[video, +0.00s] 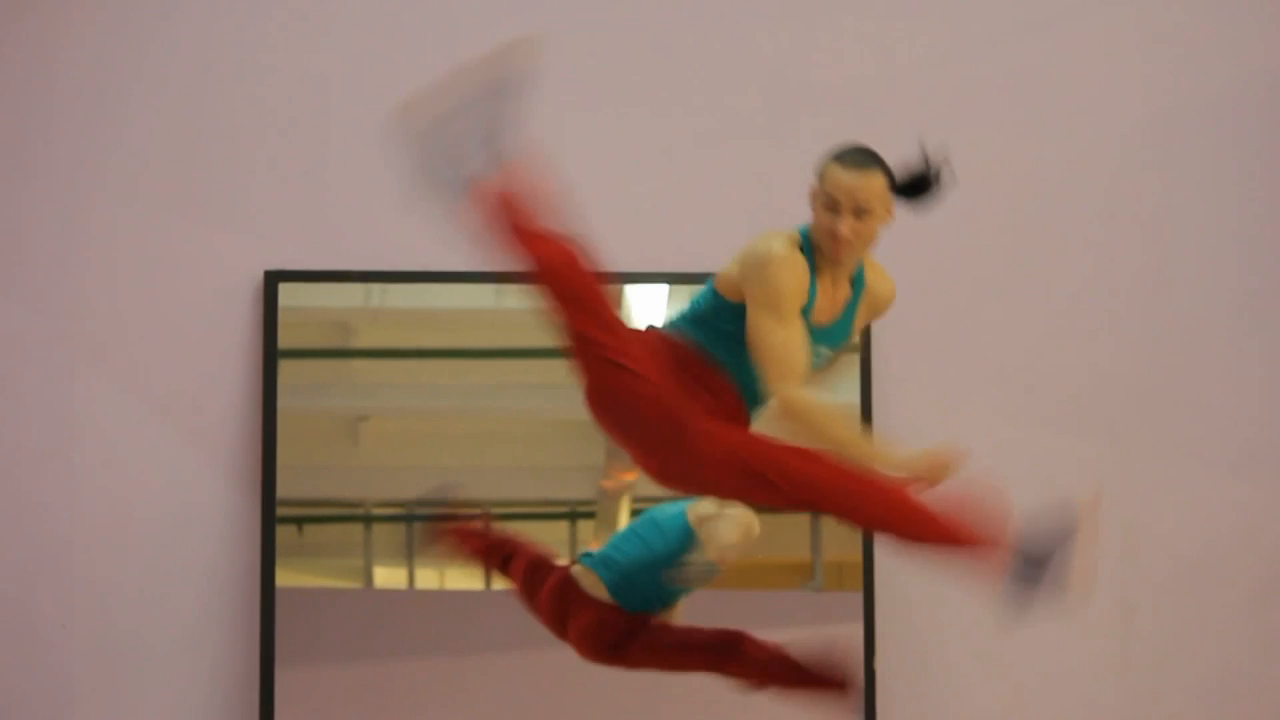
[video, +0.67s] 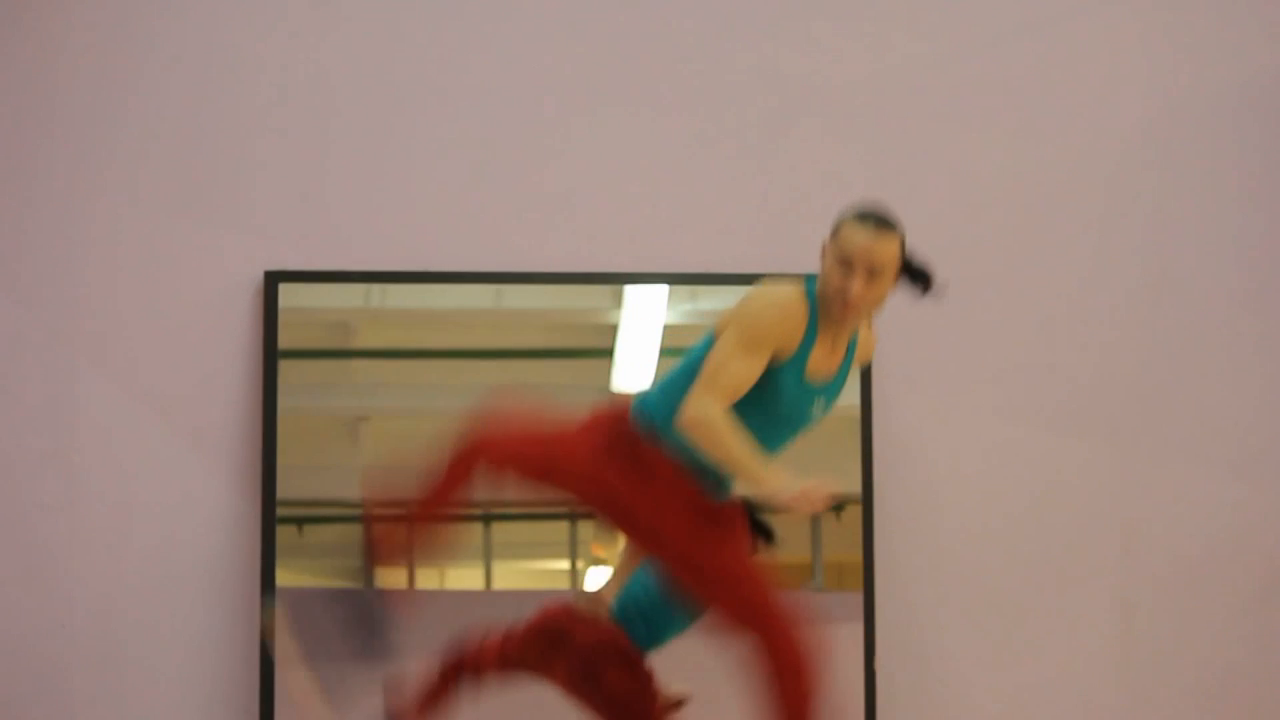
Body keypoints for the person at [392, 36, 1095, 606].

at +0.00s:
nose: (842, 226)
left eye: (861, 215)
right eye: (832, 208)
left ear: (885, 222)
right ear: (811, 201)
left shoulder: (873, 293)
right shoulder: (774, 265)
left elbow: (810, 372)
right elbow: (786, 398)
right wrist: (884, 463)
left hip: (717, 439)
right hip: (652, 382)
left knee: (829, 479)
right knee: (580, 291)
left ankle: (1004, 552)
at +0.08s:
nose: (851, 242)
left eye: (870, 231)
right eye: (840, 223)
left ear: (893, 236)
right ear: (819, 215)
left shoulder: (875, 303)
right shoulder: (780, 272)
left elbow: (785, 389)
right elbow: (754, 407)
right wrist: (848, 476)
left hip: (706, 454)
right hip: (644, 403)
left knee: (845, 508)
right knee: (549, 304)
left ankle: (959, 657)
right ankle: (412, 273)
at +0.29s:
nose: (855, 245)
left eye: (872, 232)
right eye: (843, 226)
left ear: (895, 235)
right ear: (820, 219)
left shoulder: (874, 304)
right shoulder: (779, 274)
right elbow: (753, 405)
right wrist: (846, 477)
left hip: (705, 457)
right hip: (644, 408)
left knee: (848, 512)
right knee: (548, 300)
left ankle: (957, 659)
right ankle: (410, 278)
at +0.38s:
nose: (855, 262)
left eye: (873, 252)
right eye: (846, 243)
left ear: (894, 261)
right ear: (824, 235)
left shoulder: (869, 322)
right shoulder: (779, 288)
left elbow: (779, 391)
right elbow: (724, 406)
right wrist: (812, 481)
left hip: (699, 477)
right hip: (637, 425)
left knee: (828, 562)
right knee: (512, 357)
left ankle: (887, 707)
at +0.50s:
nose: (855, 263)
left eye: (874, 252)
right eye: (846, 243)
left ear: (895, 260)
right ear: (824, 235)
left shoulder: (869, 322)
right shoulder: (779, 288)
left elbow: (779, 391)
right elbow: (724, 406)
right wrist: (812, 481)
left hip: (699, 477)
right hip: (636, 424)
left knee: (828, 562)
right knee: (513, 356)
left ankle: (887, 707)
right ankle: (358, 432)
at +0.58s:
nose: (853, 285)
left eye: (873, 275)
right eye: (845, 265)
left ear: (891, 285)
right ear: (824, 256)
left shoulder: (860, 341)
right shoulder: (777, 308)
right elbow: (697, 413)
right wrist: (774, 486)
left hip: (695, 504)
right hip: (623, 453)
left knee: (778, 630)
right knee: (490, 433)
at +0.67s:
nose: (853, 285)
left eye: (873, 275)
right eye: (845, 265)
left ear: (892, 285)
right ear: (824, 256)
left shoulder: (860, 341)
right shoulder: (777, 308)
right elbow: (698, 413)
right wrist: (774, 486)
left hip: (695, 504)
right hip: (623, 453)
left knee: (778, 629)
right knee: (490, 433)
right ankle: (413, 530)